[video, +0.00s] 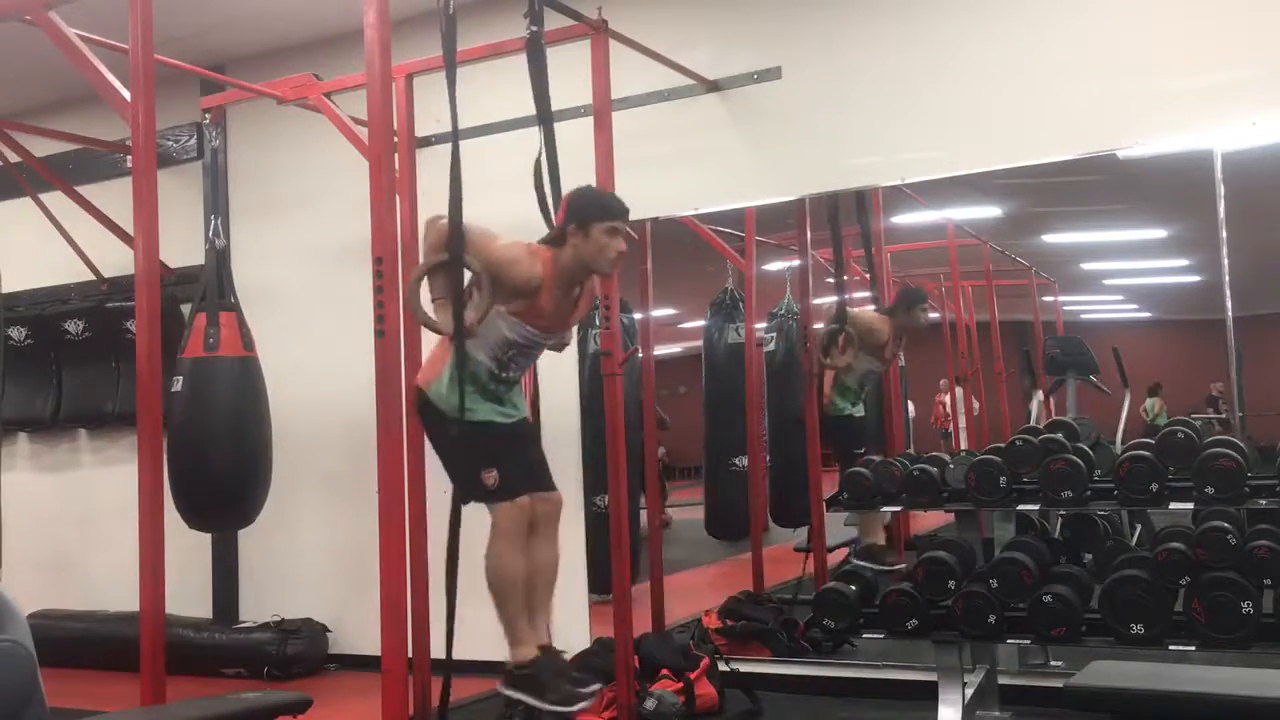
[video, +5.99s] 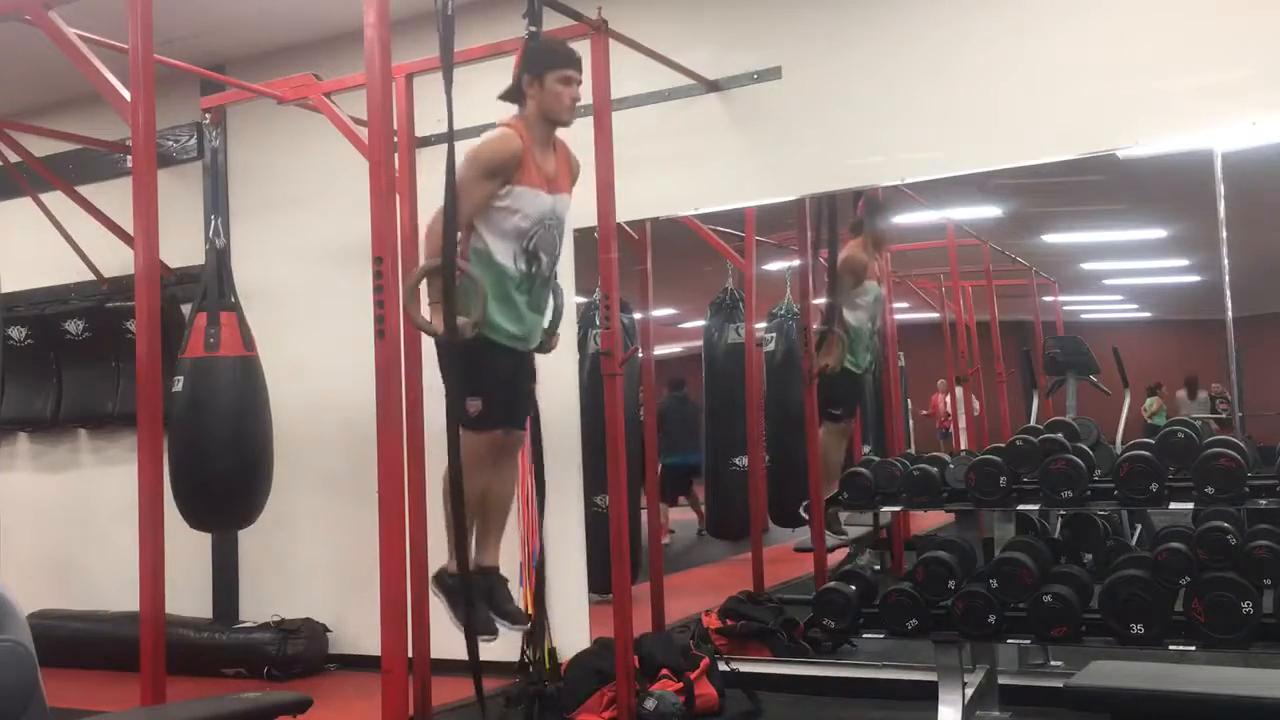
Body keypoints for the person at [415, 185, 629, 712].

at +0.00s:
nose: (623, 246)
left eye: (624, 235)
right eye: (612, 234)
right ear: (574, 234)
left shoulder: (586, 288)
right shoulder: (522, 267)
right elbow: (440, 229)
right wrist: (435, 304)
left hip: (504, 394)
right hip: (455, 391)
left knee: (546, 506)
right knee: (512, 509)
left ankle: (540, 652)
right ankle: (521, 662)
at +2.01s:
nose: (611, 230)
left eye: (612, 219)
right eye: (600, 220)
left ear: (597, 225)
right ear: (563, 221)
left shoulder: (582, 274)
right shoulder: (519, 257)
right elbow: (429, 233)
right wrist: (421, 309)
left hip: (511, 402)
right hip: (461, 399)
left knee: (528, 531)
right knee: (497, 531)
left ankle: (533, 666)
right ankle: (509, 674)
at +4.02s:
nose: (473, 388)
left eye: (472, 379)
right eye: (460, 380)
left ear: (469, 383)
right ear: (436, 391)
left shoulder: (499, 425)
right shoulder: (432, 428)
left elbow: (568, 406)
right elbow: (480, 405)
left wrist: (552, 344)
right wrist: (480, 338)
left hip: (550, 569)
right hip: (504, 589)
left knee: (648, 590)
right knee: (622, 605)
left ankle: (768, 644)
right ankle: (764, 653)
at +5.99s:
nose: (577, 92)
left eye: (579, 82)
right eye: (566, 81)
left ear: (570, 91)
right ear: (530, 85)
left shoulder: (565, 160)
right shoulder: (500, 148)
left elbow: (540, 245)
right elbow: (440, 228)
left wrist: (548, 313)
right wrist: (433, 305)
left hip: (520, 327)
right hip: (475, 322)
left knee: (508, 442)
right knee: (480, 441)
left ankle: (489, 570)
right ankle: (458, 573)